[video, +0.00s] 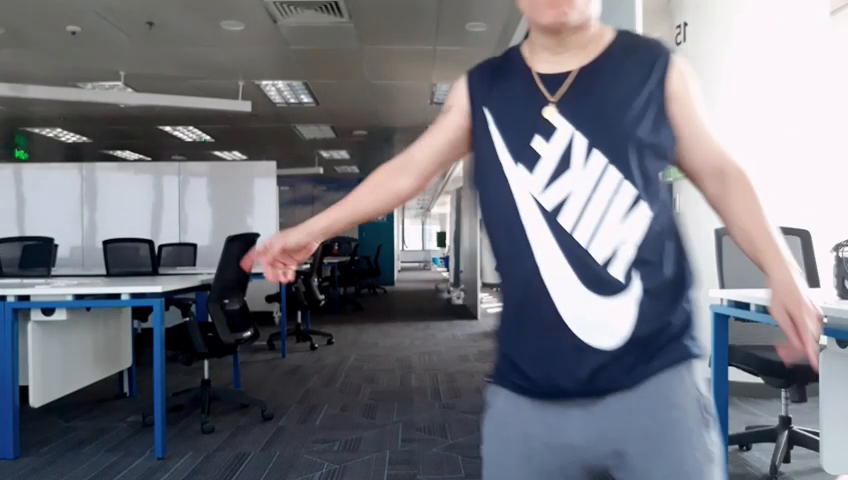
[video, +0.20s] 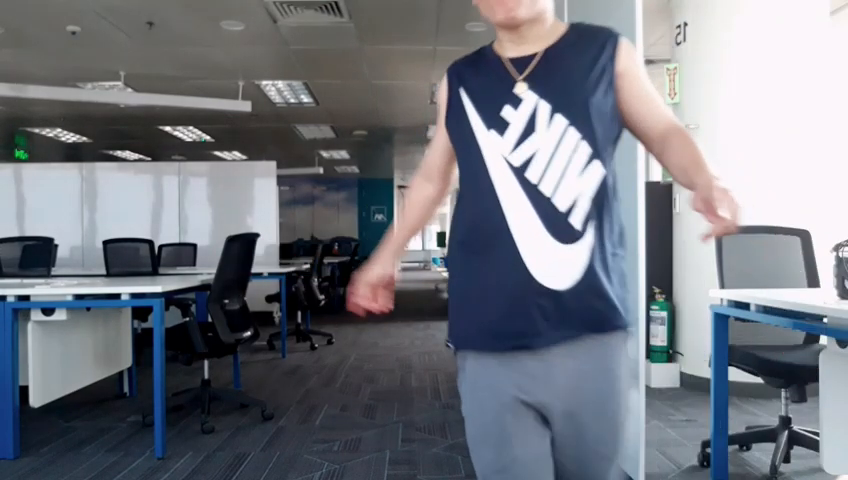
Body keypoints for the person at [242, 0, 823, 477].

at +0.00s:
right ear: (517, 1)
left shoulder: (654, 66)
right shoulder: (480, 88)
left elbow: (719, 176)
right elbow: (406, 173)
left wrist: (780, 276)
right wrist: (312, 231)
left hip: (655, 384)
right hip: (527, 391)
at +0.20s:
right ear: (474, 2)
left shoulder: (606, 52)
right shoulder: (458, 81)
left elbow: (663, 132)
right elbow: (431, 179)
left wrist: (704, 182)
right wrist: (385, 255)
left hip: (593, 340)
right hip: (487, 344)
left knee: (607, 472)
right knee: (505, 471)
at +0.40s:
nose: (469, 25)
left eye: (484, 10)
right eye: (456, 17)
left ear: (517, 22)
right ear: (447, 39)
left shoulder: (565, 91)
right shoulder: (450, 116)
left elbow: (628, 154)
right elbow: (438, 203)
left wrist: (649, 199)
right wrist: (396, 270)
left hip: (546, 334)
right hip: (463, 337)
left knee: (537, 471)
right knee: (484, 470)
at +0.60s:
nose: (453, 34)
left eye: (466, 20)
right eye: (440, 25)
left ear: (493, 31)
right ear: (428, 44)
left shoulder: (533, 92)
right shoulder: (424, 113)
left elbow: (572, 167)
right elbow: (390, 187)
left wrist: (599, 242)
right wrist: (332, 224)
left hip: (513, 307)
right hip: (434, 304)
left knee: (515, 447)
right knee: (406, 431)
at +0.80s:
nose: (443, 55)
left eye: (455, 45)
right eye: (431, 48)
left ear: (478, 54)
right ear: (418, 63)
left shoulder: (514, 120)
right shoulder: (408, 132)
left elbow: (545, 198)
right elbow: (377, 198)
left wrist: (570, 274)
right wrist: (330, 225)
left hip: (495, 319)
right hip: (421, 317)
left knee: (503, 457)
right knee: (384, 438)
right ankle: (388, 475)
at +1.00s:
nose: (370, 100)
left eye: (383, 91)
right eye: (365, 91)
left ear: (415, 98)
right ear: (359, 98)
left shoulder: (442, 154)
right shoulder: (353, 156)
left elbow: (469, 218)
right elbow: (336, 220)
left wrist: (492, 279)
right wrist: (309, 280)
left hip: (433, 313)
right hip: (368, 316)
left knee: (457, 411)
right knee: (359, 411)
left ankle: (473, 477)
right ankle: (360, 473)